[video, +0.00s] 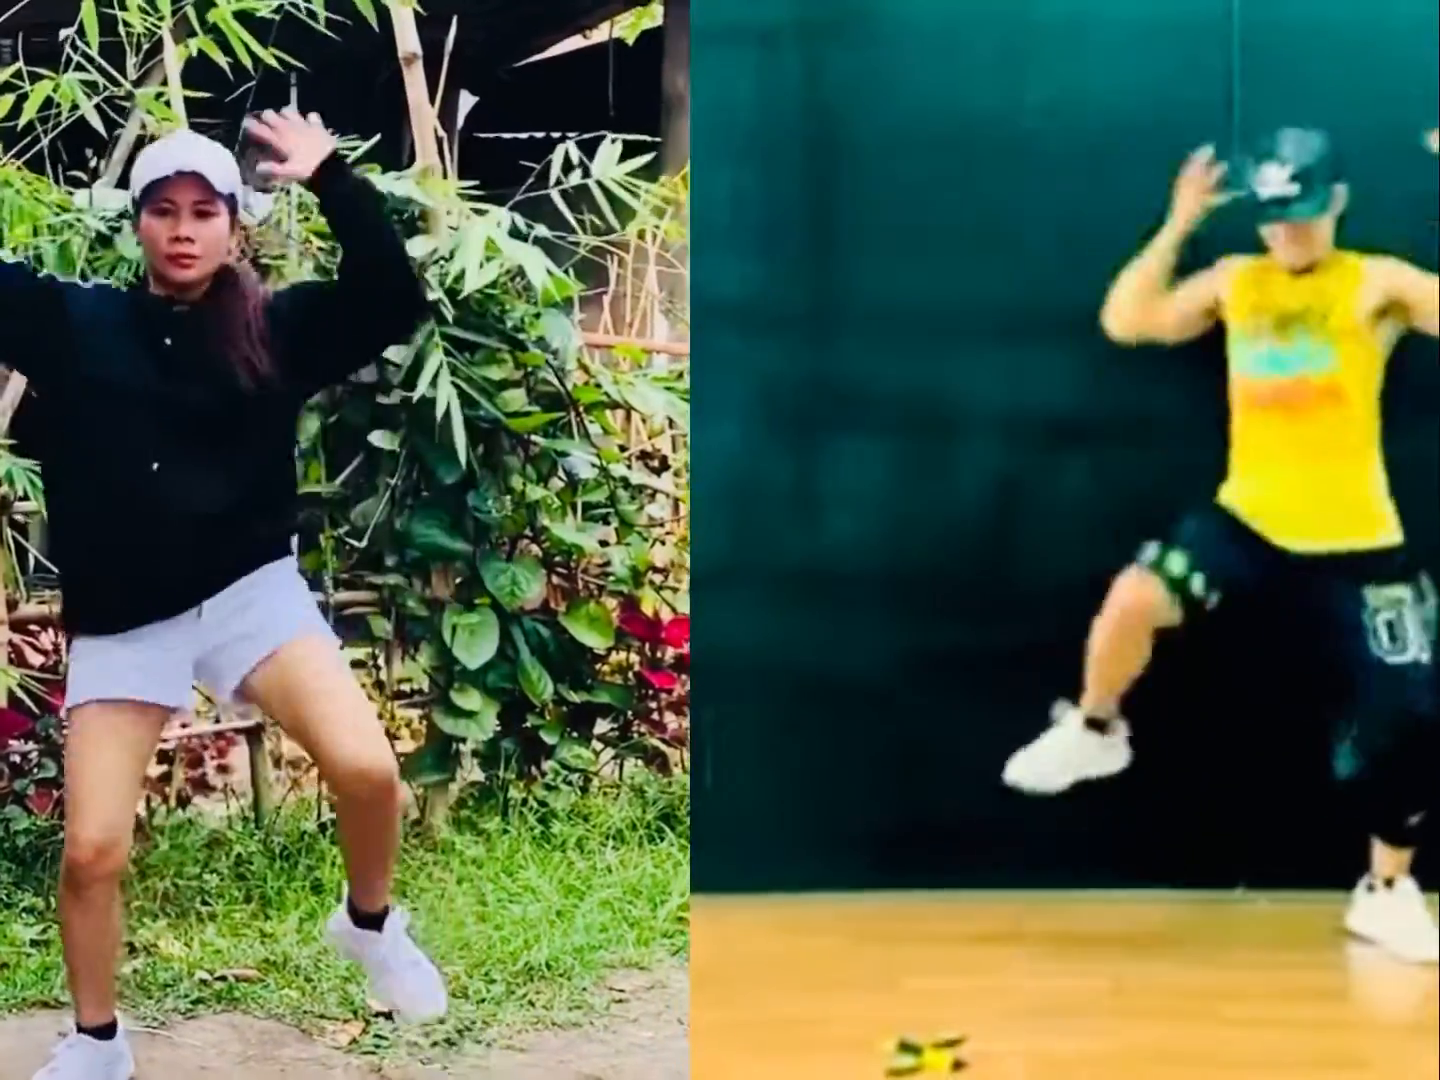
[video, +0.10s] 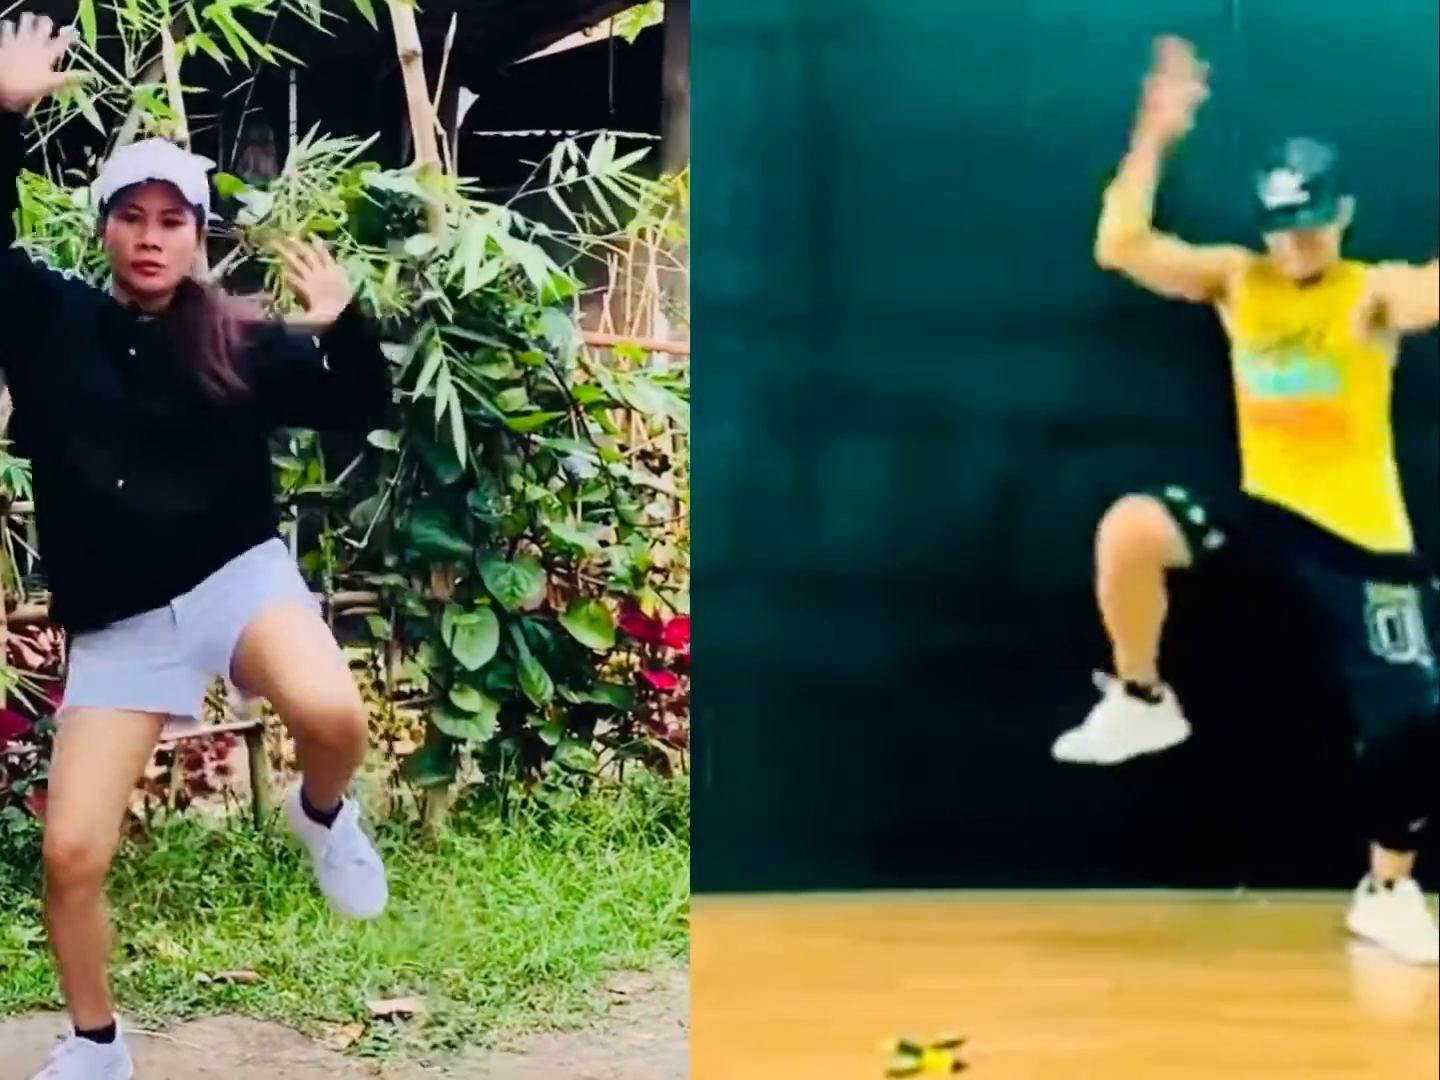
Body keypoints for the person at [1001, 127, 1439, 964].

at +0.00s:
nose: (1289, 233)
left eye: (1303, 214)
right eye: (1273, 218)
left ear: (1336, 205)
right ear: (1256, 217)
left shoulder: (1380, 283)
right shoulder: (1230, 282)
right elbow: (1124, 319)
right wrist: (1179, 221)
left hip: (1358, 530)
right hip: (1248, 516)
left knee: (1406, 714)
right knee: (1132, 600)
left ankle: (1388, 888)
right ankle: (1093, 727)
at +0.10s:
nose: (1294, 242)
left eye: (1309, 225)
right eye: (1280, 227)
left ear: (1342, 220)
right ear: (1261, 225)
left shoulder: (1374, 289)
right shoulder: (1232, 276)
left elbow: (1431, 294)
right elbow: (1120, 246)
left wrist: (1407, 299)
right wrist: (1153, 138)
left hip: (1365, 543)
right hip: (1261, 516)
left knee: (1407, 725)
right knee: (1130, 530)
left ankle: (1387, 892)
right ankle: (1138, 699)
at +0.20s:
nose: (1303, 255)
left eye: (1316, 236)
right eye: (1285, 242)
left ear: (1345, 222)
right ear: (1266, 239)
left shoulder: (1390, 266)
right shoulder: (1244, 283)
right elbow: (1126, 245)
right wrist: (1085, 129)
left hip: (1360, 542)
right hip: (1255, 511)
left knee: (1412, 723)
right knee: (1107, 578)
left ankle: (1388, 890)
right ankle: (1138, 737)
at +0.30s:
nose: (1307, 236)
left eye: (1320, 217)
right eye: (1289, 221)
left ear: (1343, 207)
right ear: (1262, 217)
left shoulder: (1382, 265)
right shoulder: (1231, 287)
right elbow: (1111, 324)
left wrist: (1437, 145)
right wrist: (1138, 206)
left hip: (1354, 547)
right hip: (1244, 529)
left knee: (1407, 710)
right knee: (1121, 635)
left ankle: (1391, 888)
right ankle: (1085, 787)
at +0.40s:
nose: (1317, 246)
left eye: (1320, 230)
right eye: (1300, 232)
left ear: (1326, 233)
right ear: (1255, 238)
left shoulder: (1349, 306)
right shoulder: (1195, 304)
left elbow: (1439, 315)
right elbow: (1068, 293)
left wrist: (1437, 208)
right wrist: (1170, 222)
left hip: (1352, 558)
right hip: (1235, 563)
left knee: (1425, 699)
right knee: (1132, 713)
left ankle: (1396, 884)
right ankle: (1040, 838)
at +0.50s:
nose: (1284, 300)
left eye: (1286, 285)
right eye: (1268, 286)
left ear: (1281, 294)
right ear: (1220, 291)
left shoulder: (1305, 358)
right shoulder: (1165, 349)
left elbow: (1418, 318)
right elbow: (1084, 287)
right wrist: (1140, 181)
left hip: (1325, 606)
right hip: (1211, 618)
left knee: (1421, 730)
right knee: (1134, 777)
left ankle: (1394, 892)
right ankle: (1065, 887)